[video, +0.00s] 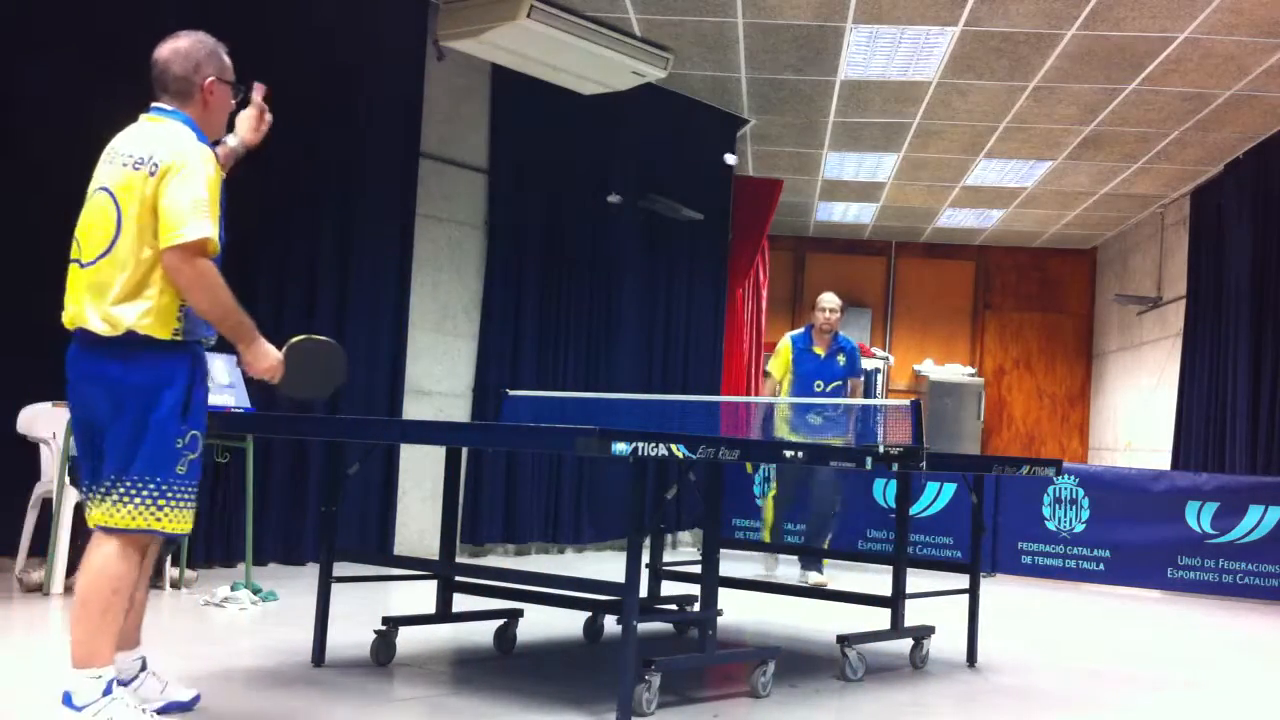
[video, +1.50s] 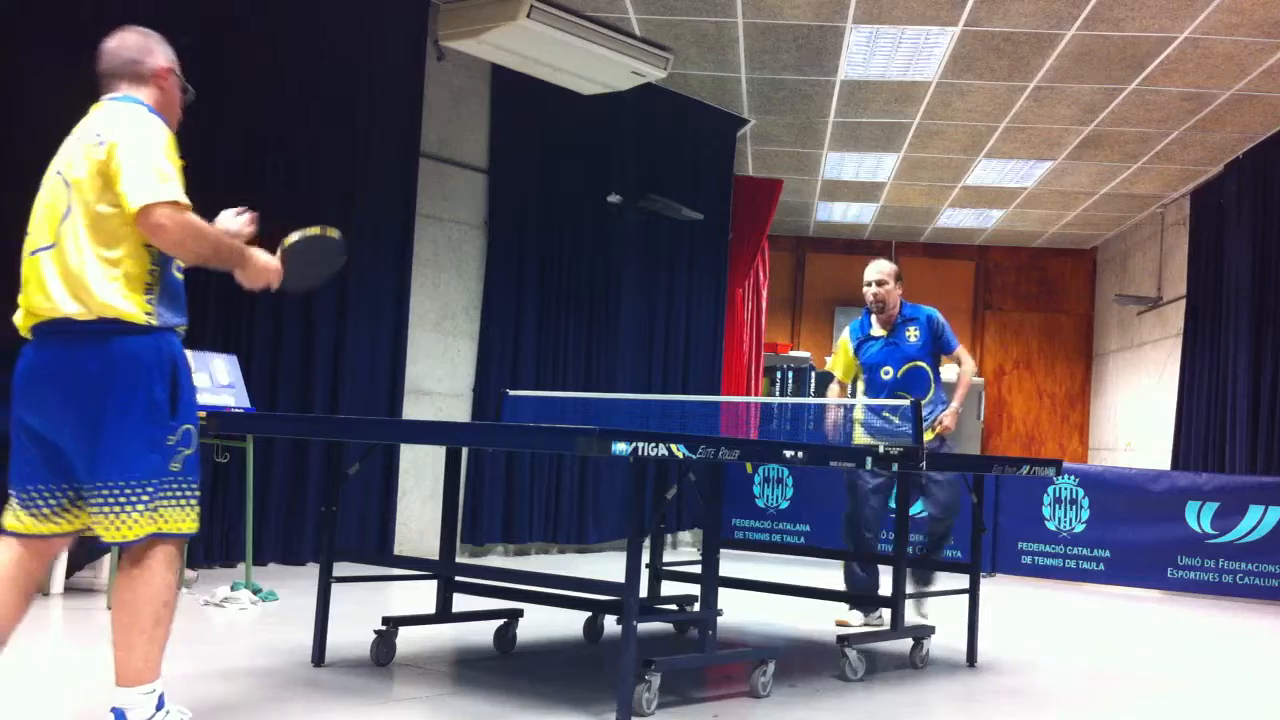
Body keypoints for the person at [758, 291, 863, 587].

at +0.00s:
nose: (828, 316)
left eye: (833, 311)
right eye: (823, 310)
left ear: (841, 316)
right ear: (813, 314)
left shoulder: (849, 350)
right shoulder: (792, 342)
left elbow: (856, 391)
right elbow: (770, 384)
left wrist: (850, 430)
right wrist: (757, 427)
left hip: (833, 439)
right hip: (792, 436)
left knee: (826, 499)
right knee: (784, 494)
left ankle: (811, 563)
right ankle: (771, 547)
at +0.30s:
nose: (831, 310)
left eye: (836, 305)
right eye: (826, 305)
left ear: (844, 310)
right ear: (816, 309)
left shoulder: (861, 341)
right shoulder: (797, 340)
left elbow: (877, 380)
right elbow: (775, 381)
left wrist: (872, 419)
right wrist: (760, 423)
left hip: (844, 437)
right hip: (804, 434)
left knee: (834, 498)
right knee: (810, 494)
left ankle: (818, 556)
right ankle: (813, 564)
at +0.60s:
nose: (837, 297)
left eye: (843, 291)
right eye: (831, 291)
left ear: (852, 295)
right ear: (822, 296)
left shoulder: (870, 327)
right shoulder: (804, 331)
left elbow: (888, 366)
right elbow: (788, 380)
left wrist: (885, 409)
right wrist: (781, 426)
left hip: (859, 433)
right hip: (814, 434)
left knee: (866, 492)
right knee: (811, 499)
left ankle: (856, 551)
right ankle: (815, 566)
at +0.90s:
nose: (853, 296)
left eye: (860, 290)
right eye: (848, 290)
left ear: (872, 295)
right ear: (839, 296)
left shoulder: (892, 331)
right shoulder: (823, 333)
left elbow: (908, 374)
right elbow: (803, 377)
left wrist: (905, 411)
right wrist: (822, 391)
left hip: (879, 444)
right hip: (832, 443)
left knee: (878, 519)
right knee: (826, 515)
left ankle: (872, 593)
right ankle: (817, 578)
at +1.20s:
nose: (868, 286)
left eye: (875, 279)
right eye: (863, 280)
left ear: (891, 284)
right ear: (857, 285)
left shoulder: (915, 321)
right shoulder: (844, 325)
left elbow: (944, 365)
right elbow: (824, 372)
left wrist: (934, 407)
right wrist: (824, 406)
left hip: (900, 438)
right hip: (853, 436)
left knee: (889, 515)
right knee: (853, 507)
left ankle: (875, 596)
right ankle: (844, 594)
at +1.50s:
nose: (873, 291)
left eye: (881, 283)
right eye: (867, 284)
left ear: (899, 287)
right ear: (862, 289)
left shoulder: (928, 320)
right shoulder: (854, 333)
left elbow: (967, 364)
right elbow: (838, 383)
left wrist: (954, 409)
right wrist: (833, 409)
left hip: (925, 441)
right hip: (872, 443)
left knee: (948, 503)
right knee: (862, 520)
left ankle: (922, 572)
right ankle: (865, 606)